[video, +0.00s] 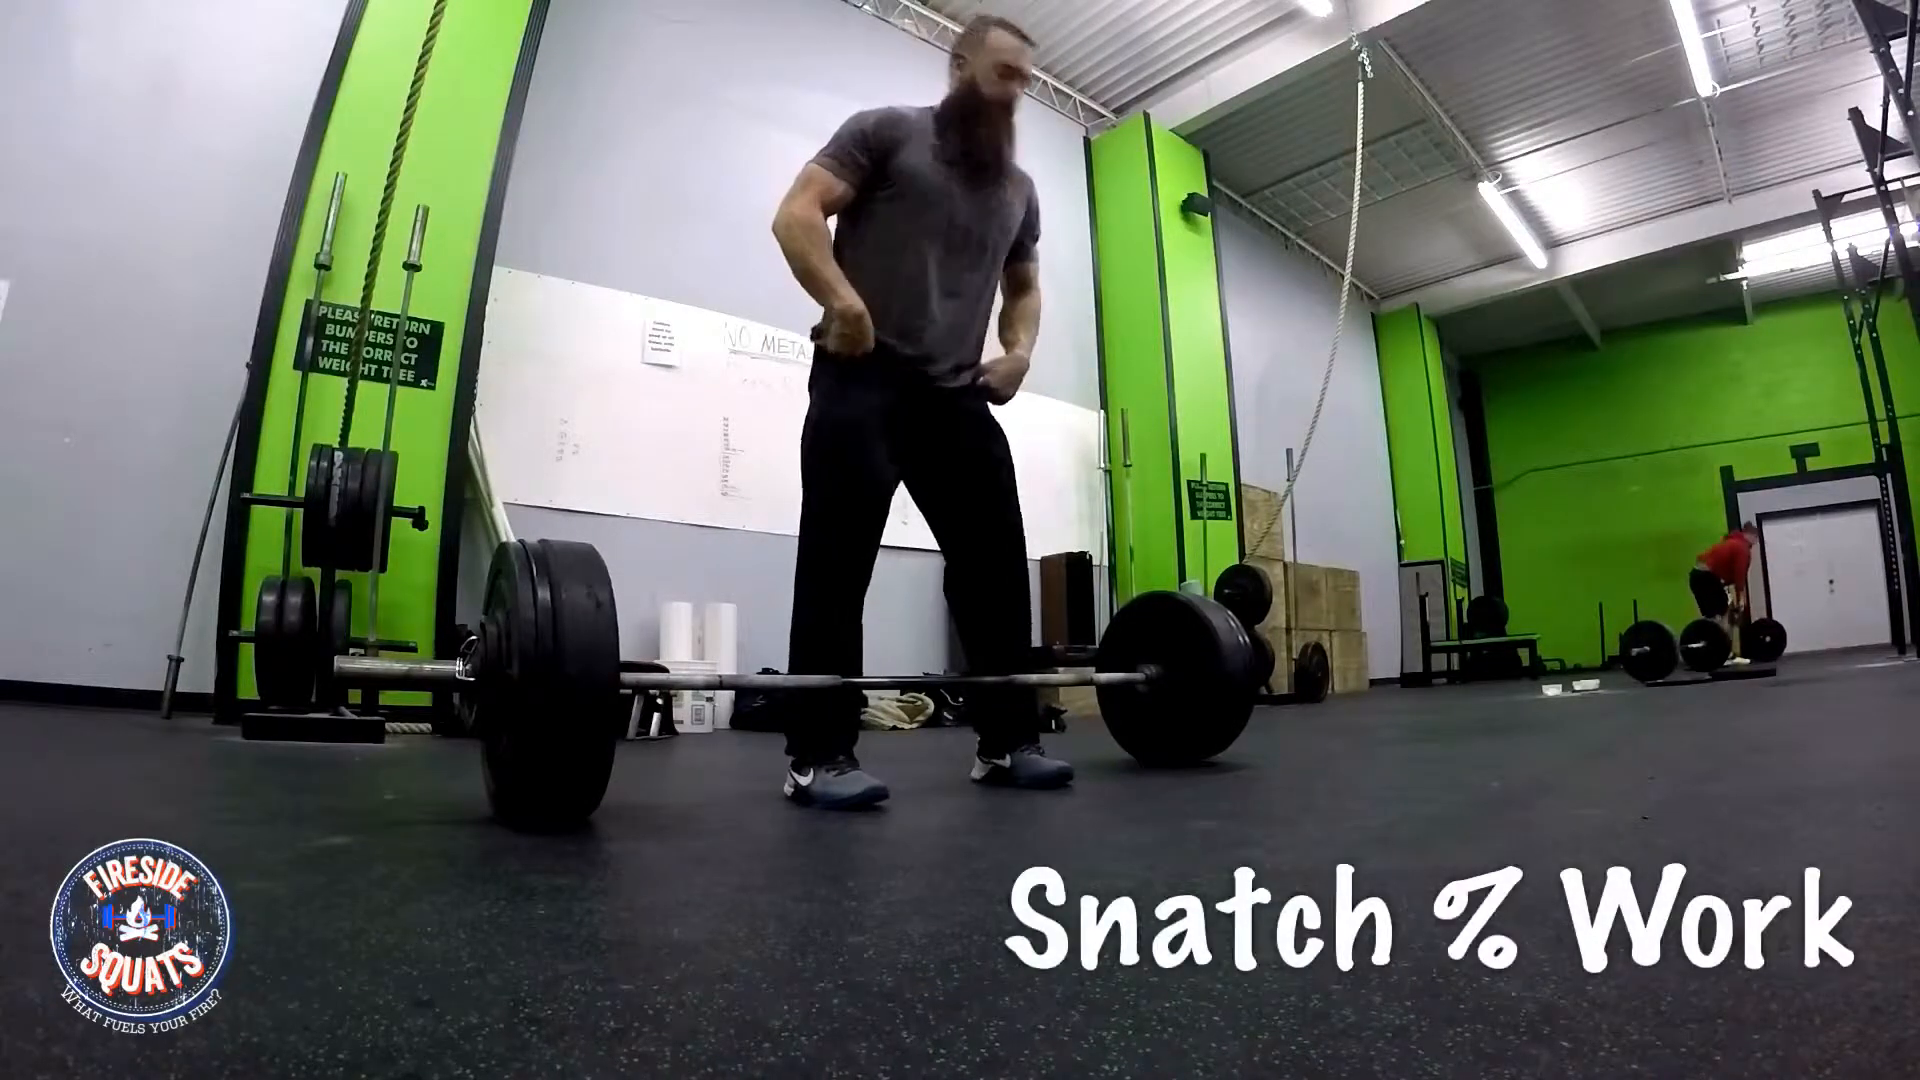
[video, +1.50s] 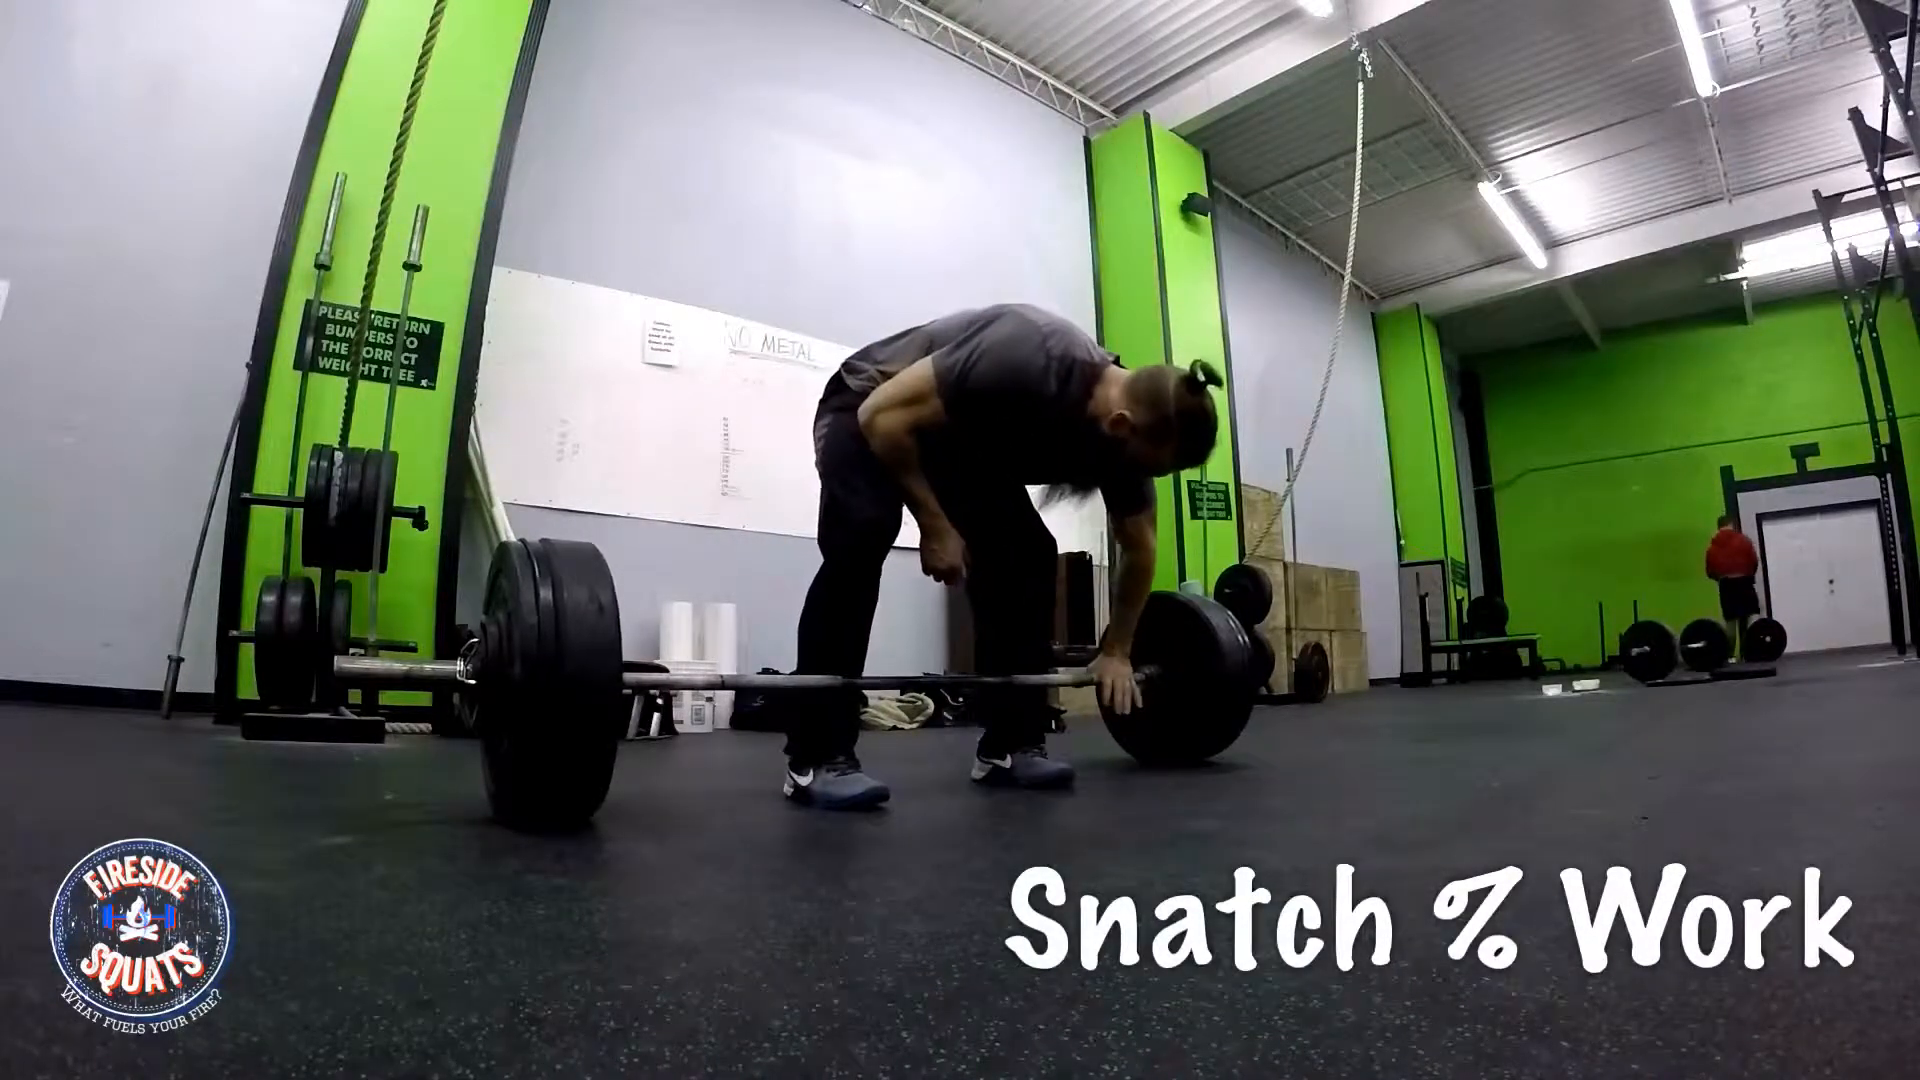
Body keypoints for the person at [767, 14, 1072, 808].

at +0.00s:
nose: (1015, 89)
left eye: (1024, 79)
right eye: (1004, 72)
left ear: (1028, 89)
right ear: (961, 67)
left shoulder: (1018, 193)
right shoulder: (884, 133)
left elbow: (1022, 288)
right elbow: (795, 216)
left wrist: (1017, 353)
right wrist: (839, 297)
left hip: (953, 395)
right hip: (859, 381)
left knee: (994, 556)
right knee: (836, 565)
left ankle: (1006, 744)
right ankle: (820, 758)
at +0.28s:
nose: (1078, 225)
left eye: (1089, 213)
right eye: (1075, 206)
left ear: (1092, 203)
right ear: (1040, 172)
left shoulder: (1050, 278)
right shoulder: (933, 202)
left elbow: (1054, 385)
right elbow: (835, 309)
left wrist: (1057, 482)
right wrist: (898, 409)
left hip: (928, 410)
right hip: (843, 388)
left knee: (993, 553)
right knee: (832, 558)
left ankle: (1006, 745)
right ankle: (818, 759)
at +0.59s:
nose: (1112, 389)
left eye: (1121, 382)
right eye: (1113, 374)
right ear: (1086, 328)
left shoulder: (1085, 383)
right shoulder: (975, 299)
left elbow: (1095, 489)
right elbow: (859, 398)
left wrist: (1104, 606)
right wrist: (911, 511)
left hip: (943, 430)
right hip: (851, 402)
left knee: (1006, 554)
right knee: (838, 561)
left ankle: (1008, 744)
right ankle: (819, 759)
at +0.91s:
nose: (1127, 455)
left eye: (1137, 451)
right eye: (1129, 444)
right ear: (1104, 402)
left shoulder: (1104, 426)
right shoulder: (1001, 342)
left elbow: (1120, 531)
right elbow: (869, 411)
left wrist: (1117, 648)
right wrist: (925, 525)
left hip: (959, 442)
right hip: (862, 407)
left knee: (1018, 559)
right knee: (847, 554)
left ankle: (1009, 743)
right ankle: (818, 758)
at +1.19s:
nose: (1140, 478)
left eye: (1150, 471)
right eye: (1141, 466)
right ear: (1114, 429)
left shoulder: (1117, 440)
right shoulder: (1016, 357)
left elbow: (1141, 548)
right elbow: (876, 415)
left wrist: (1119, 653)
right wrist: (933, 526)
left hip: (966, 443)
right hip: (868, 406)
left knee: (1022, 561)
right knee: (853, 554)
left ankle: (1009, 746)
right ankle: (818, 760)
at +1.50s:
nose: (1146, 475)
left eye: (1156, 469)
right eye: (1147, 463)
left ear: (1124, 422)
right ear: (1121, 424)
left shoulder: (1122, 442)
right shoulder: (1022, 354)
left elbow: (1139, 551)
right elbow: (880, 415)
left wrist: (1117, 652)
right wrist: (934, 527)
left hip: (969, 441)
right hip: (872, 404)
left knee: (1026, 557)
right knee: (859, 545)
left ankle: (1008, 746)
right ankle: (818, 759)